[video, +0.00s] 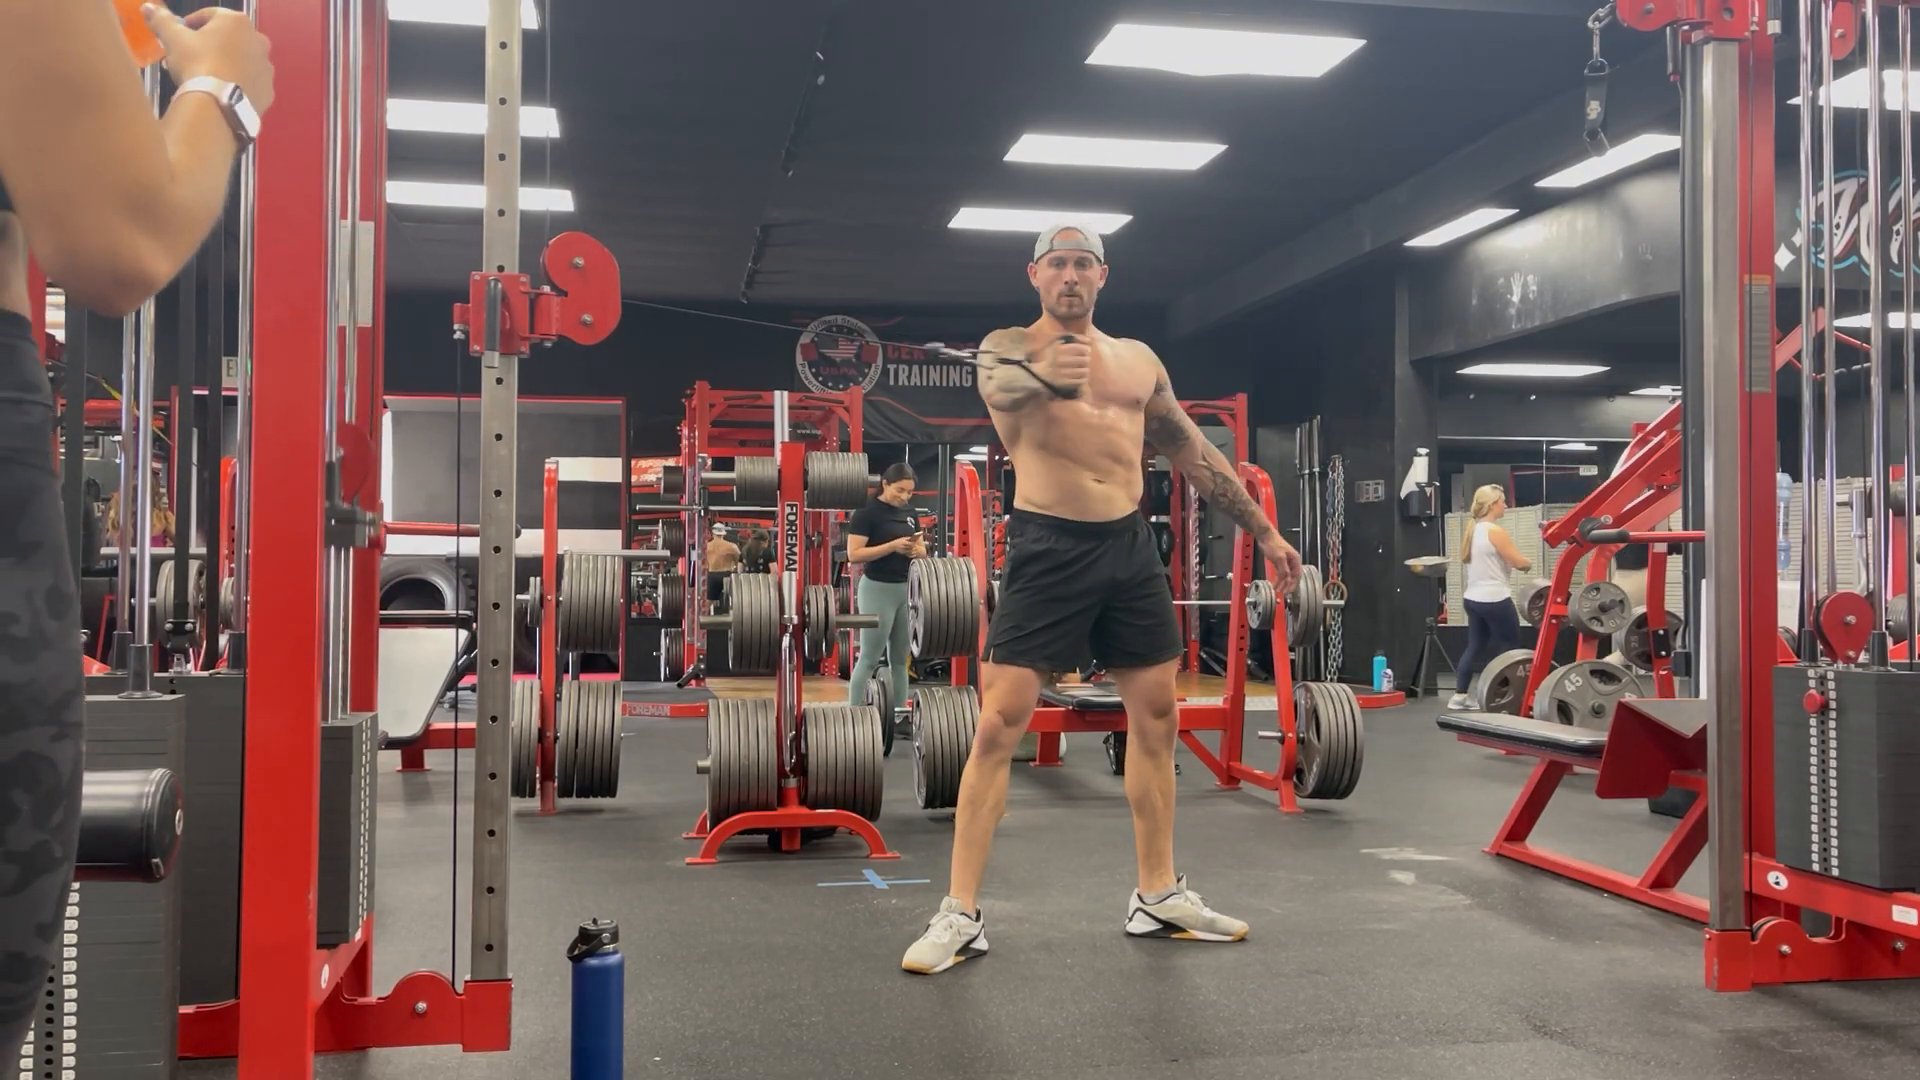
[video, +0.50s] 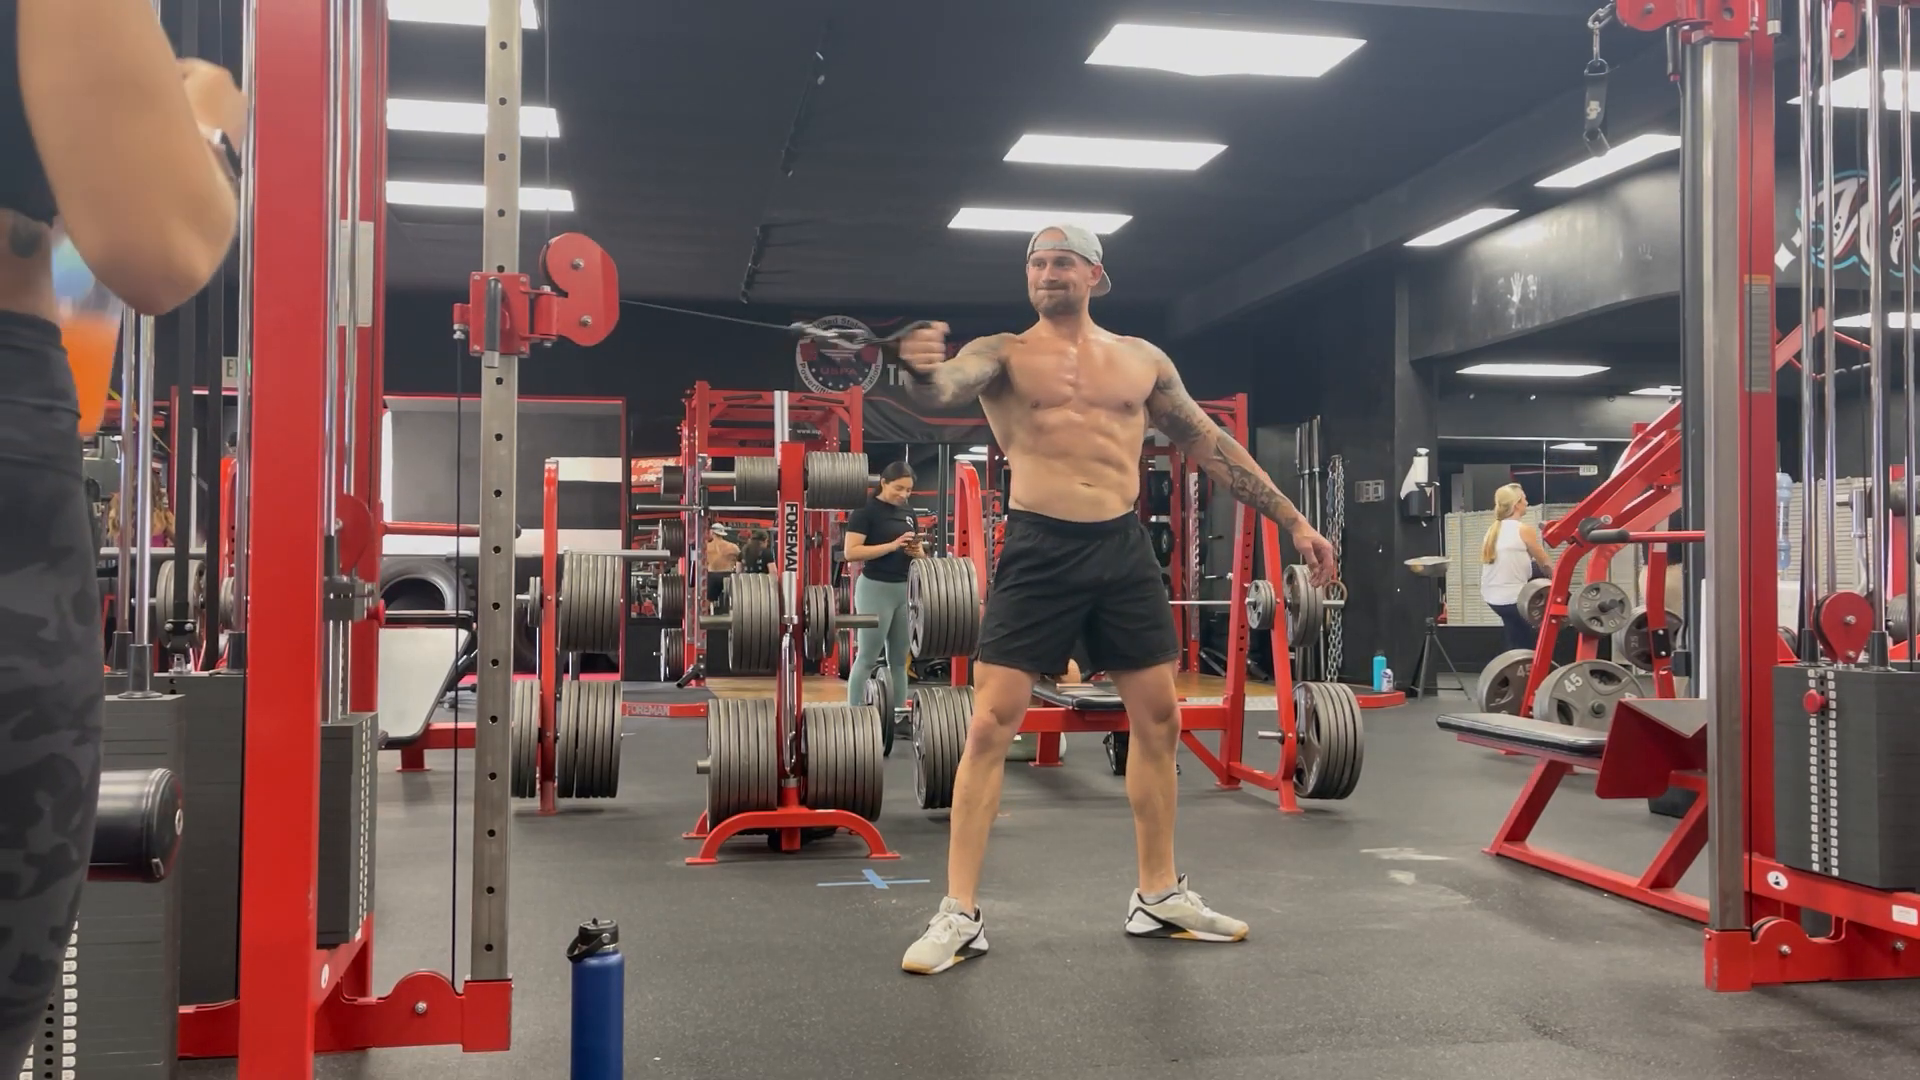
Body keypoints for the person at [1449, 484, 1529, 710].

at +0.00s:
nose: (1505, 506)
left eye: (1504, 502)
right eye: (1502, 502)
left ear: (1483, 506)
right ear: (1493, 505)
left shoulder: (1472, 529)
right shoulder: (1495, 531)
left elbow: (1470, 559)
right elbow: (1519, 563)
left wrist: (1507, 562)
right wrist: (1527, 565)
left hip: (1473, 599)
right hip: (1496, 600)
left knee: (1474, 647)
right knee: (1511, 647)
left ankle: (1460, 695)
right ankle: (1509, 696)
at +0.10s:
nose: (1511, 504)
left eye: (1510, 500)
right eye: (1508, 501)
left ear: (1488, 505)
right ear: (1498, 504)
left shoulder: (1480, 529)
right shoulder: (1502, 531)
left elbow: (1479, 560)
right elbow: (1527, 560)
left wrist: (1515, 562)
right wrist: (1535, 565)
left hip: (1482, 600)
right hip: (1502, 600)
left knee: (1494, 646)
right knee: (1514, 649)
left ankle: (1471, 685)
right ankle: (1517, 695)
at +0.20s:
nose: (1516, 503)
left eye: (1515, 499)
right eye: (1513, 499)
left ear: (1492, 503)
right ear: (1505, 503)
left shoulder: (1482, 530)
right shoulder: (1509, 530)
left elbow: (1497, 560)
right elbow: (1538, 560)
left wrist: (1527, 561)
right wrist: (1541, 565)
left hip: (1484, 600)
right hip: (1505, 601)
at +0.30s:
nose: (1520, 503)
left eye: (1519, 499)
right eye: (1518, 499)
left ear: (1496, 504)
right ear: (1510, 504)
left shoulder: (1486, 530)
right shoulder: (1516, 530)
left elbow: (1501, 561)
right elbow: (1543, 560)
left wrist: (1533, 566)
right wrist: (1548, 568)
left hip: (1486, 599)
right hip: (1507, 600)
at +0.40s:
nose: (1524, 503)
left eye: (1522, 500)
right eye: (1521, 500)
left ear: (1499, 505)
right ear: (1514, 504)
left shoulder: (1490, 530)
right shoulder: (1521, 530)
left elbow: (1511, 565)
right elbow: (1543, 560)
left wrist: (1542, 573)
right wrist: (1556, 575)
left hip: (1488, 598)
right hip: (1509, 599)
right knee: (1518, 643)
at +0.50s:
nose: (1526, 503)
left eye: (1525, 499)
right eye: (1524, 500)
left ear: (1503, 506)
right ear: (1516, 505)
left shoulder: (1493, 529)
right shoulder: (1523, 529)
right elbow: (1544, 561)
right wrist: (1556, 579)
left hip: (1492, 598)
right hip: (1514, 600)